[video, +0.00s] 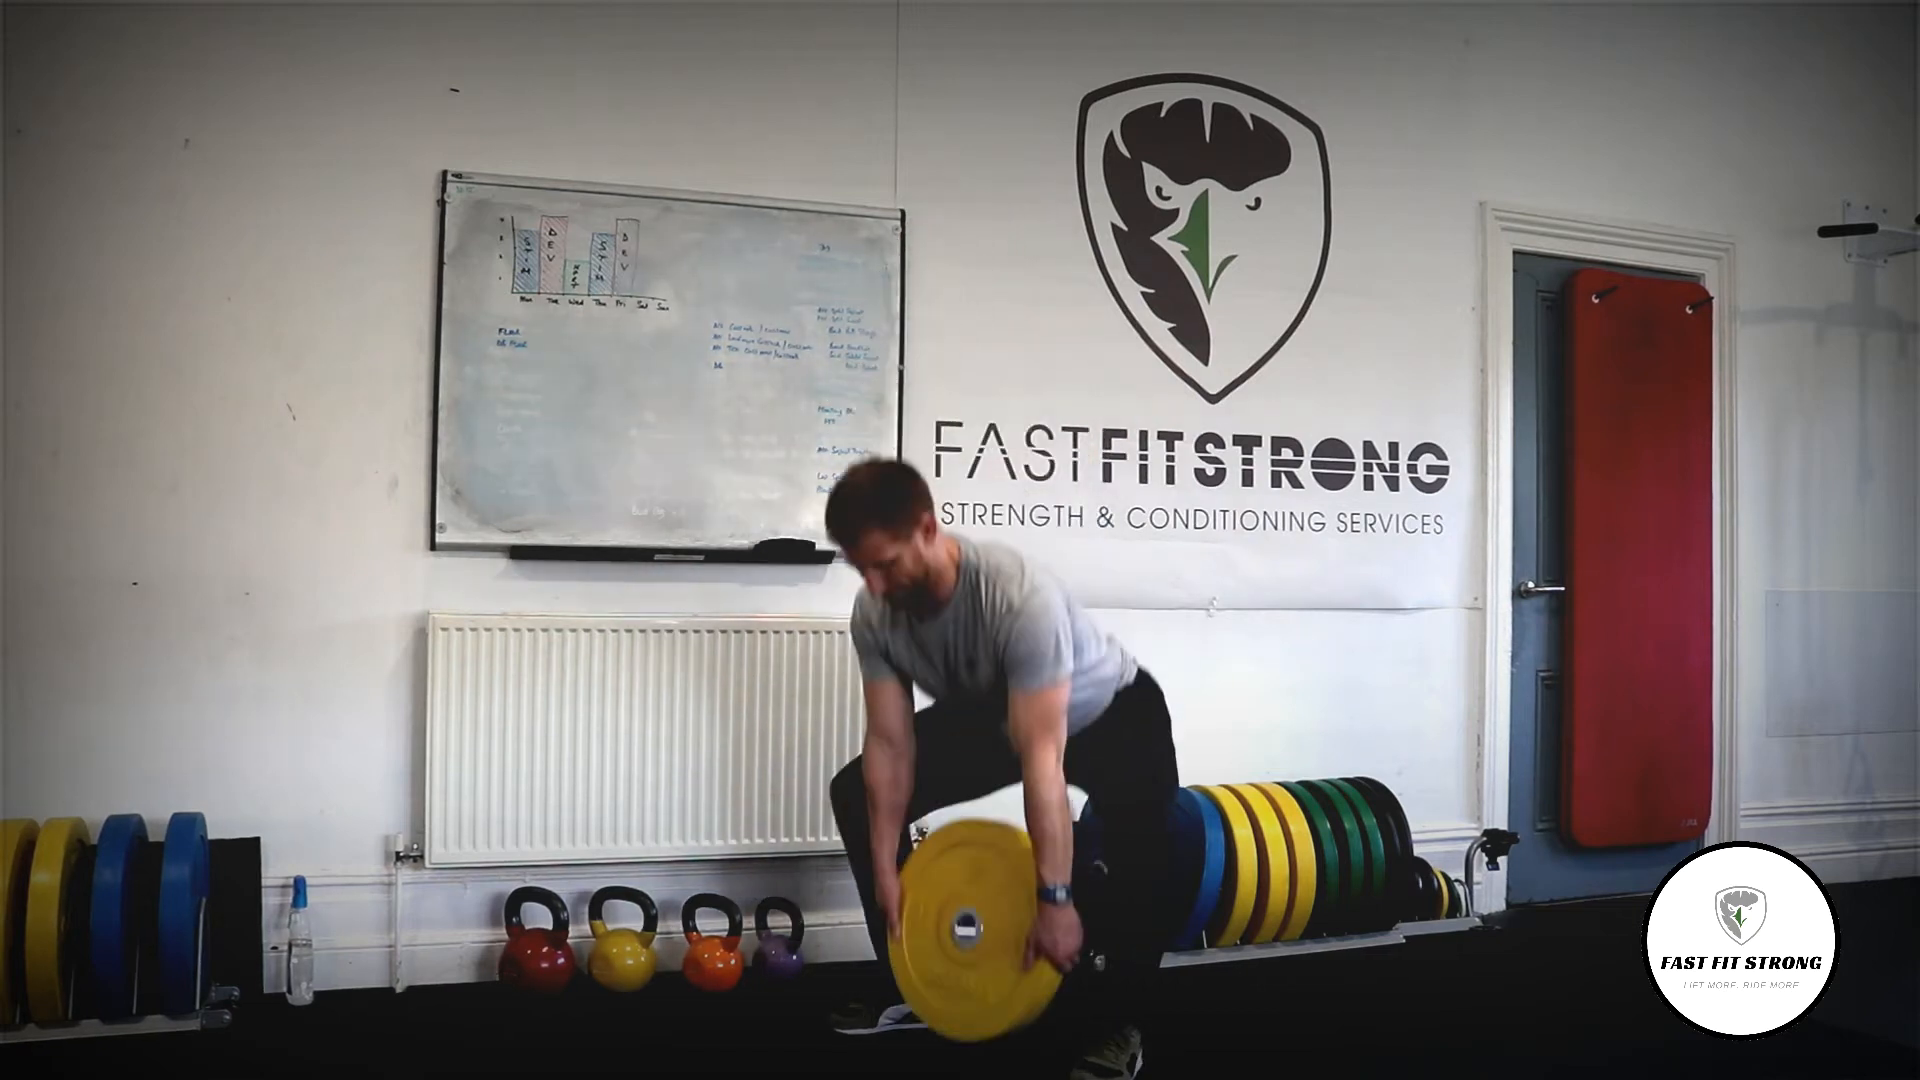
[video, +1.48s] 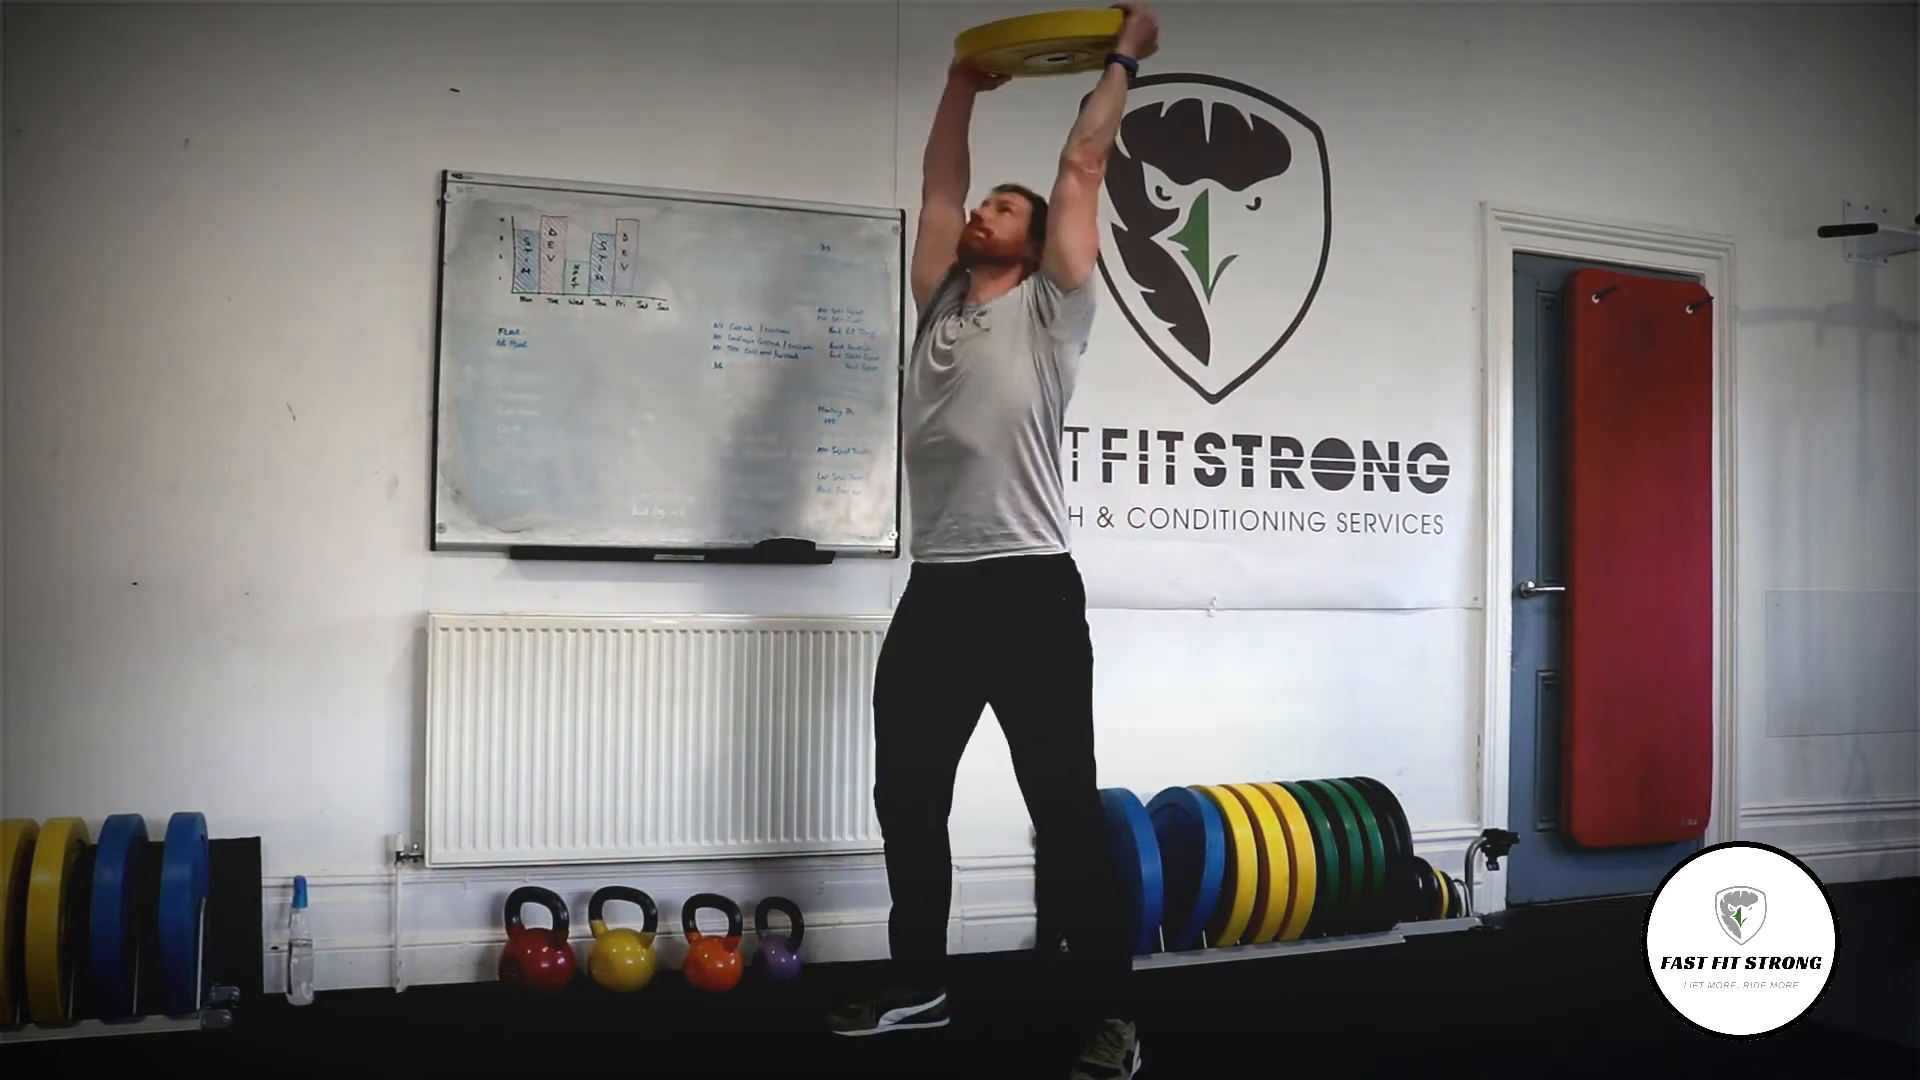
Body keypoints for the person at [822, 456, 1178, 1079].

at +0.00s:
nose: (875, 586)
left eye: (886, 564)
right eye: (861, 570)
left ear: (928, 528)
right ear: (848, 553)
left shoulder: (1021, 596)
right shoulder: (873, 610)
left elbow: (1043, 753)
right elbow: (886, 745)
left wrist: (1055, 897)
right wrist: (885, 871)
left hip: (1108, 709)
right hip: (994, 717)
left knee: (1140, 847)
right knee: (856, 793)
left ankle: (1119, 1027)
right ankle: (911, 988)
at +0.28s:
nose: (877, 596)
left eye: (888, 575)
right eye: (865, 579)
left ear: (935, 549)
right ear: (855, 568)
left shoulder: (1021, 630)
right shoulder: (875, 639)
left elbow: (1039, 788)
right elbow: (888, 770)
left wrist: (1054, 922)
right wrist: (885, 897)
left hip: (1096, 758)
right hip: (985, 766)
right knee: (843, 799)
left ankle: (1112, 1029)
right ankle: (907, 988)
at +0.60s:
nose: (905, 406)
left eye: (922, 389)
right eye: (897, 391)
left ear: (972, 391)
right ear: (890, 398)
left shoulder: (1030, 478)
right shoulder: (894, 490)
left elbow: (1109, 594)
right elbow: (905, 603)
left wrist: (1062, 717)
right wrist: (877, 725)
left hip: (1088, 671)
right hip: (991, 673)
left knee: (1114, 839)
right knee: (868, 790)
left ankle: (1114, 1027)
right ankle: (914, 988)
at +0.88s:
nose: (1014, 262)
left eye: (1034, 251)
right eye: (1011, 251)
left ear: (1079, 278)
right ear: (1004, 271)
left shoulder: (1099, 366)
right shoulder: (973, 364)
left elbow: (1116, 496)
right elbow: (914, 494)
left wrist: (1053, 420)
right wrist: (863, 417)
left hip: (1039, 607)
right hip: (946, 604)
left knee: (1063, 811)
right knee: (889, 789)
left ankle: (1102, 1018)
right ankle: (914, 989)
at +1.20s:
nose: (1038, 243)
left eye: (1058, 242)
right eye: (1033, 236)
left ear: (1076, 276)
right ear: (1007, 264)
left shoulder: (1074, 350)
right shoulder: (945, 339)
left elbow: (1096, 237)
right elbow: (873, 245)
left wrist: (1092, 128)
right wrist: (921, 141)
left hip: (1022, 604)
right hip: (920, 604)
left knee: (1056, 812)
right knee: (900, 805)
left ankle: (1102, 1015)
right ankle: (918, 991)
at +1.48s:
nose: (989, 209)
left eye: (1007, 206)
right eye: (981, 205)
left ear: (1037, 240)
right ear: (965, 233)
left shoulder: (1056, 306)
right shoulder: (938, 306)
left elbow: (1083, 164)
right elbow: (943, 188)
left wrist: (1124, 58)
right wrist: (963, 83)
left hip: (1034, 591)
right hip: (936, 592)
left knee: (1064, 806)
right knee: (906, 795)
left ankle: (1102, 1015)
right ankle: (920, 987)